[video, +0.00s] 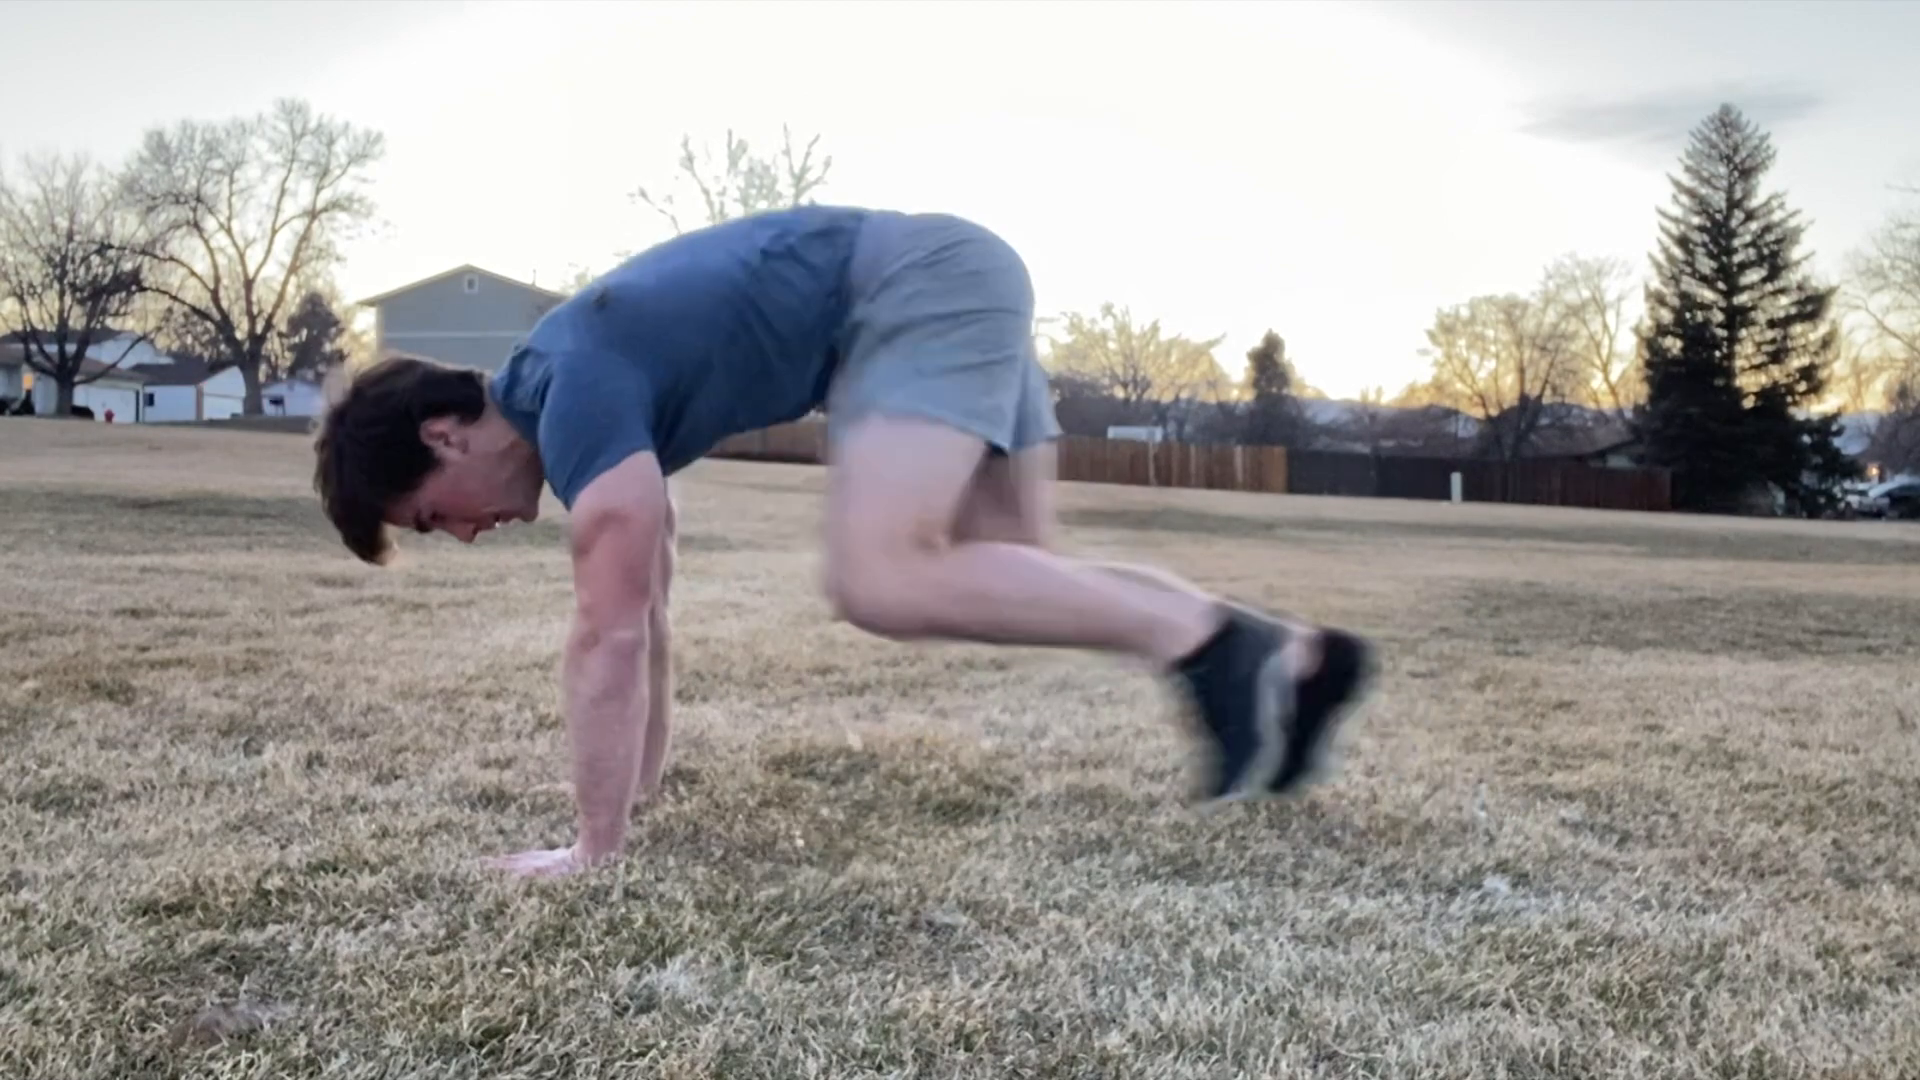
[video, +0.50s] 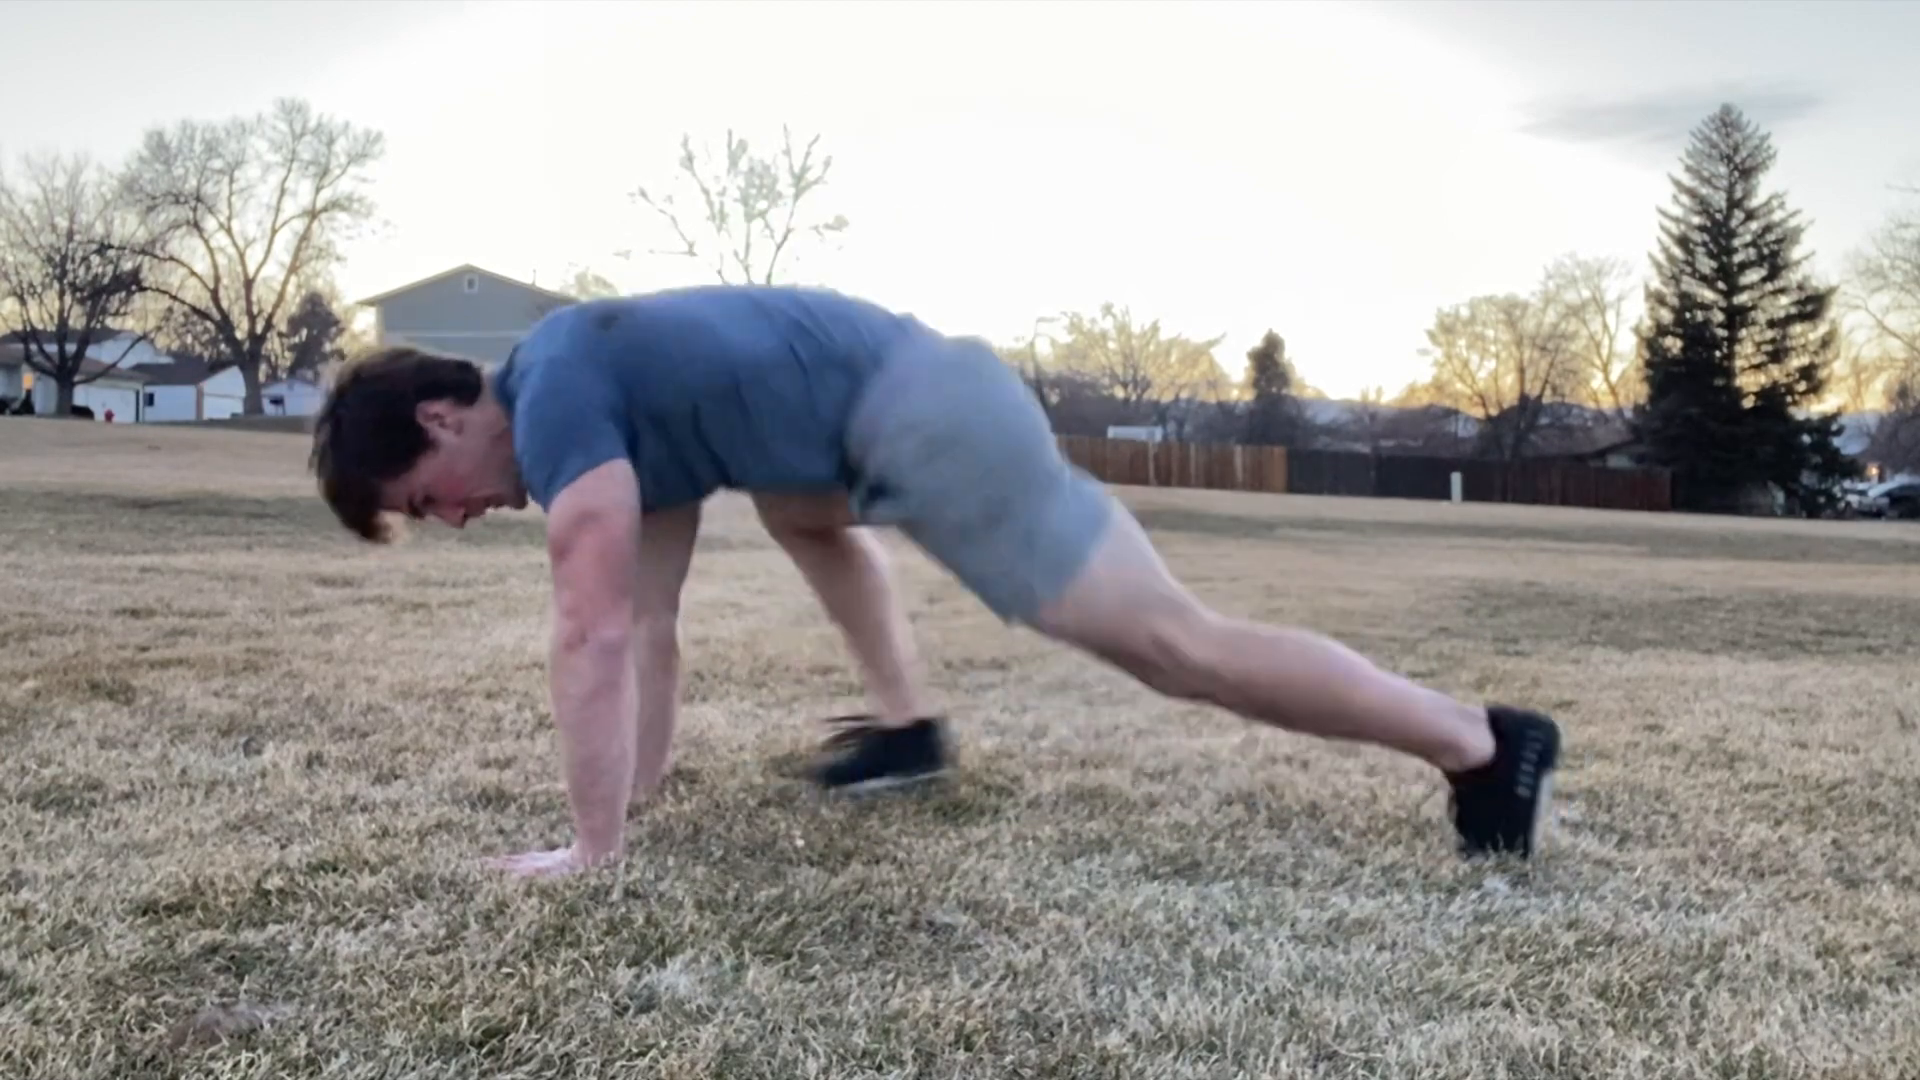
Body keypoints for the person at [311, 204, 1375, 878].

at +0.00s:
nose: (465, 533)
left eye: (437, 514)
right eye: (439, 528)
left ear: (444, 438)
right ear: (457, 426)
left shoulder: (576, 376)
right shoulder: (579, 383)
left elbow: (612, 628)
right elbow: (638, 602)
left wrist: (592, 846)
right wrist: (650, 760)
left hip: (922, 272)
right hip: (954, 283)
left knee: (882, 575)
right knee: (992, 570)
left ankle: (1206, 641)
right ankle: (1285, 657)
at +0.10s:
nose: (462, 530)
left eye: (430, 513)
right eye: (431, 526)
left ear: (439, 439)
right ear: (449, 425)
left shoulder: (565, 375)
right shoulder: (592, 382)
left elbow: (603, 625)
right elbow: (641, 609)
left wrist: (591, 844)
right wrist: (639, 787)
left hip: (926, 303)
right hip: (892, 330)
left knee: (1074, 633)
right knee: (861, 530)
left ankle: (1398, 588)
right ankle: (1084, 664)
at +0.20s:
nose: (441, 509)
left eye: (416, 486)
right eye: (415, 503)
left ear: (433, 406)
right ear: (445, 404)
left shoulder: (557, 378)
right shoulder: (590, 371)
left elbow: (609, 611)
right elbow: (648, 622)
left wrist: (600, 840)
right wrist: (637, 798)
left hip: (927, 408)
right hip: (904, 400)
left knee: (1184, 651)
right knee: (756, 462)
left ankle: (1513, 690)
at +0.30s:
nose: (460, 495)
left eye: (436, 472)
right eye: (435, 487)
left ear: (454, 396)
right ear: (469, 391)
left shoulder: (587, 382)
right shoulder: (608, 376)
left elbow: (629, 627)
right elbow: (638, 624)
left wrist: (598, 837)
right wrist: (608, 822)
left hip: (924, 512)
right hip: (883, 498)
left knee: (1186, 737)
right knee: (719, 519)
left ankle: (1514, 759)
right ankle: (834, 748)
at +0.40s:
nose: (474, 495)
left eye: (449, 473)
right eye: (449, 487)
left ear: (468, 394)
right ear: (480, 388)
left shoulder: (600, 386)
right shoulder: (622, 373)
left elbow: (635, 636)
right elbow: (645, 618)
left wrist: (597, 840)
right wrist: (603, 816)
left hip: (925, 522)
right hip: (900, 497)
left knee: (1192, 736)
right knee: (738, 514)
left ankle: (1515, 757)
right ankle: (834, 746)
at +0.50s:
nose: (455, 519)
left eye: (428, 497)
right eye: (428, 513)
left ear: (440, 419)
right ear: (453, 421)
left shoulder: (560, 377)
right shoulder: (613, 390)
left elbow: (601, 610)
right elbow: (646, 625)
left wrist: (598, 844)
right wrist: (643, 797)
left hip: (926, 406)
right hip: (899, 412)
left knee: (1173, 645)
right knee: (784, 494)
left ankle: (1485, 743)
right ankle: (902, 723)